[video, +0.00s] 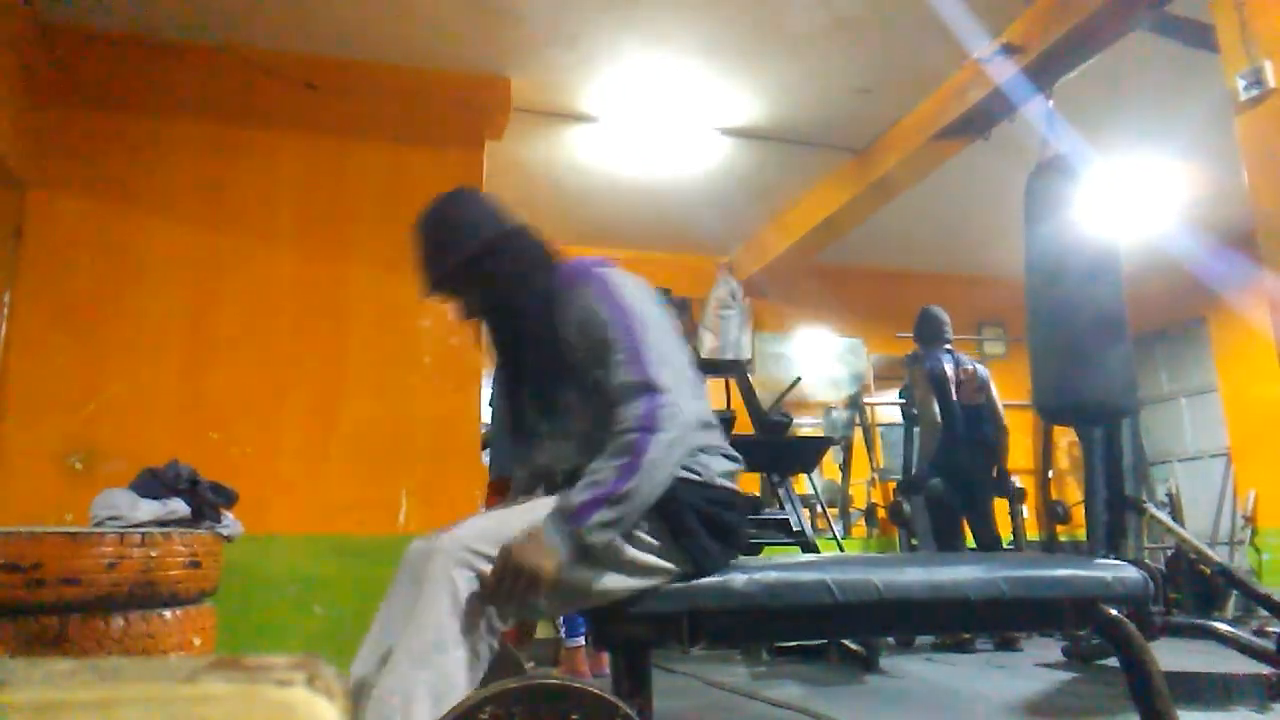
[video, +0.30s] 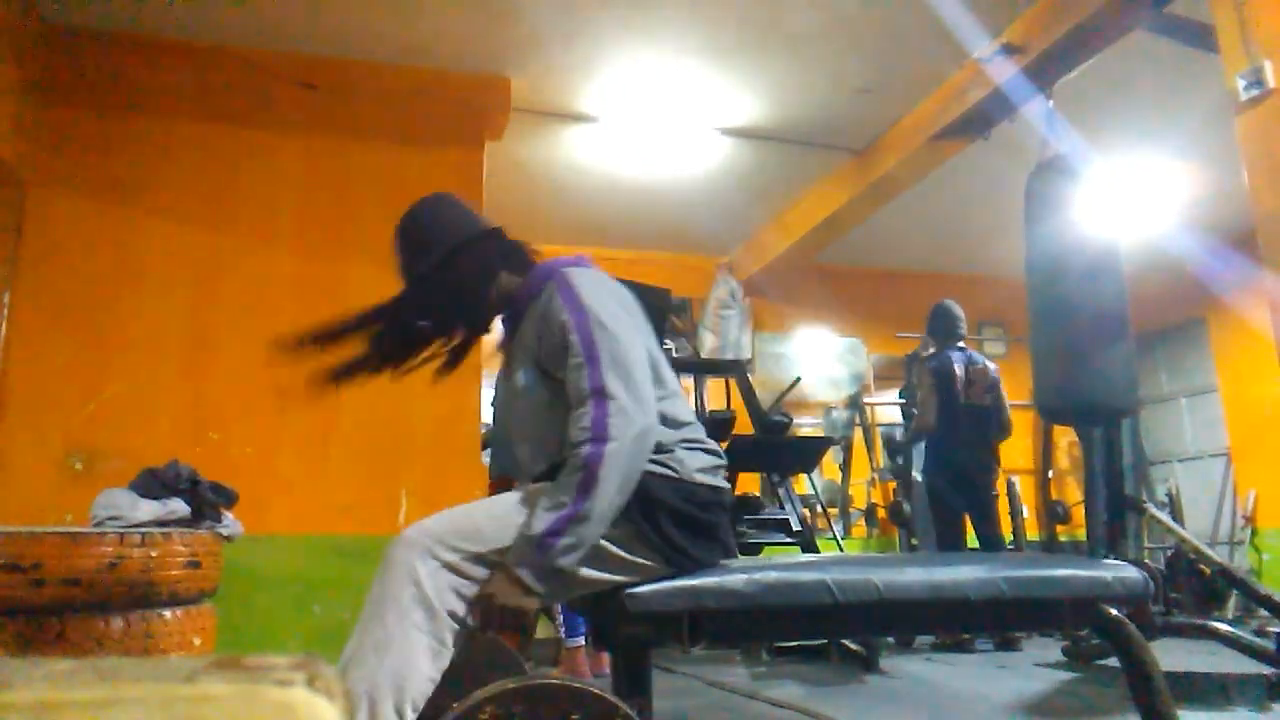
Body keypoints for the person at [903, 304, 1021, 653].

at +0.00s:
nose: (918, 341)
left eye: (917, 336)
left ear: (919, 336)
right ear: (950, 334)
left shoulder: (922, 367)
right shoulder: (977, 368)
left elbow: (932, 419)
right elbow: (1001, 424)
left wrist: (921, 469)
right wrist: (1002, 470)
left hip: (943, 471)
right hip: (978, 470)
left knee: (949, 549)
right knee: (991, 545)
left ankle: (958, 630)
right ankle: (1008, 627)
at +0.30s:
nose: (930, 337)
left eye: (930, 330)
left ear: (932, 331)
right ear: (964, 330)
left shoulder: (931, 366)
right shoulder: (986, 364)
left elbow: (927, 421)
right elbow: (1005, 424)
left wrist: (906, 437)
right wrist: (980, 438)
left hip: (943, 462)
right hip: (980, 462)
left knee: (950, 545)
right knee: (992, 541)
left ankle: (956, 629)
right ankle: (1007, 626)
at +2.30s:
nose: (926, 343)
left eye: (926, 336)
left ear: (928, 334)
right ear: (960, 330)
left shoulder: (933, 365)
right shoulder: (989, 365)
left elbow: (922, 418)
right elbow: (999, 422)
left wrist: (910, 394)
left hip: (944, 467)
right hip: (981, 467)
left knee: (950, 547)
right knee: (993, 544)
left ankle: (956, 630)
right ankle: (1006, 628)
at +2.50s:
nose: (928, 337)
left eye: (929, 330)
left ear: (930, 330)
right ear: (963, 329)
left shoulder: (933, 363)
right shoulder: (988, 364)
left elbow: (935, 420)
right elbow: (1005, 423)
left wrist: (905, 433)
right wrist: (972, 424)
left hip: (948, 465)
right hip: (984, 465)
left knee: (951, 544)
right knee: (994, 541)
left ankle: (957, 627)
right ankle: (1008, 626)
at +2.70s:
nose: (922, 340)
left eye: (922, 335)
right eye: (926, 334)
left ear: (924, 335)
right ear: (955, 333)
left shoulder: (926, 366)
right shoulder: (982, 367)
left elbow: (931, 420)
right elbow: (1002, 423)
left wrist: (918, 469)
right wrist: (994, 465)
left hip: (944, 471)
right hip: (980, 471)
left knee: (950, 549)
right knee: (993, 546)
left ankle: (957, 629)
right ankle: (1007, 627)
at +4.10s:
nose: (957, 328)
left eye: (950, 325)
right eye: (959, 321)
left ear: (944, 332)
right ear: (970, 328)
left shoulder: (943, 363)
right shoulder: (992, 365)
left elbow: (942, 412)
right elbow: (1003, 421)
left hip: (951, 456)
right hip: (985, 461)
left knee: (953, 543)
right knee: (995, 540)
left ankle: (952, 624)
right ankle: (1007, 621)